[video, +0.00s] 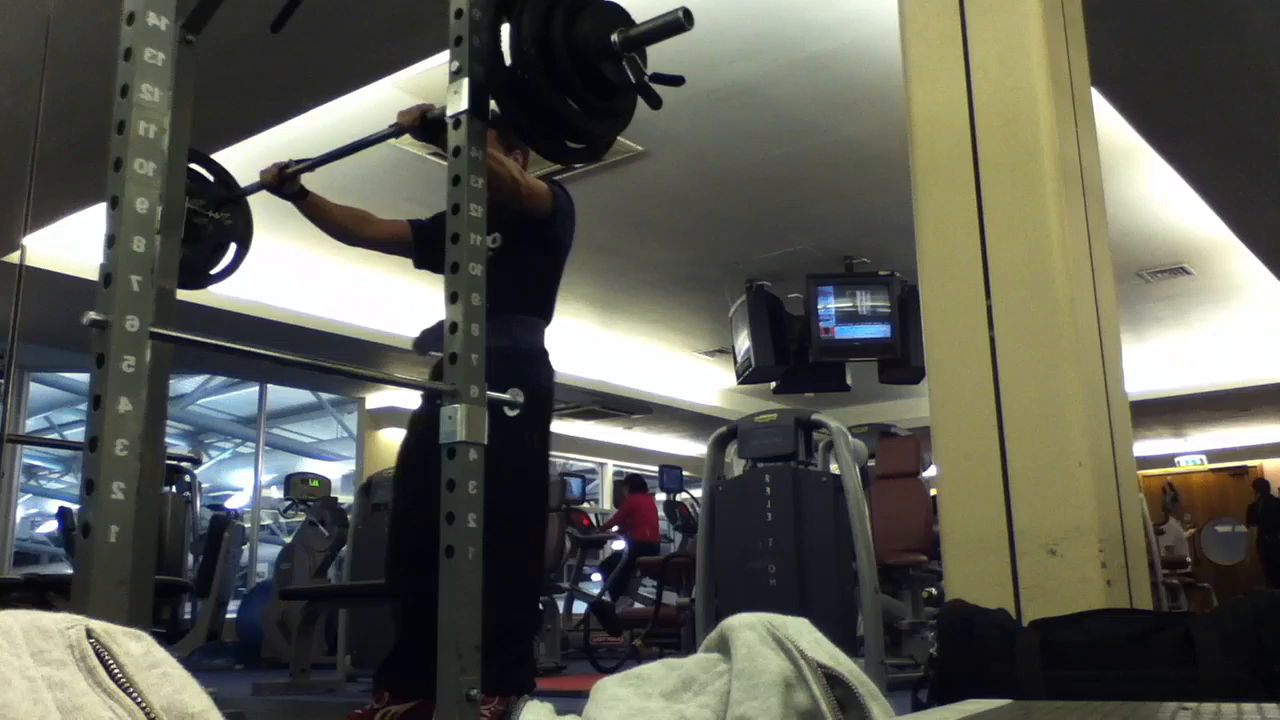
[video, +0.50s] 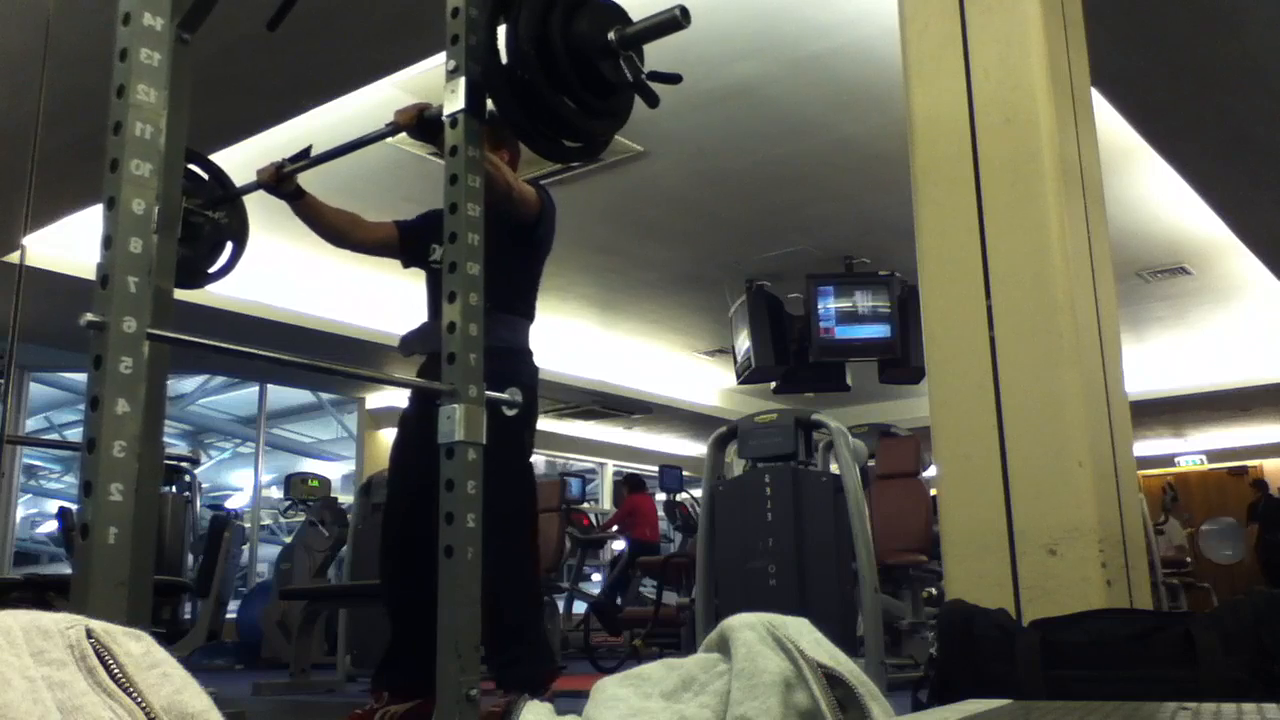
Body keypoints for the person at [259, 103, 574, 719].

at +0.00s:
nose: (473, 160)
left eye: (483, 148)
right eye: (468, 151)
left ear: (516, 152)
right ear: (462, 160)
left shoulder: (552, 206)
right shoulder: (460, 224)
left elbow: (507, 186)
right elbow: (370, 229)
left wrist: (445, 137)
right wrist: (300, 193)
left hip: (514, 383)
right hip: (449, 385)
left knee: (507, 536)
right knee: (415, 530)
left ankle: (504, 686)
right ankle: (409, 684)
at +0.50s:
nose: (470, 164)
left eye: (479, 152)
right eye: (463, 153)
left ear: (508, 155)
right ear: (453, 159)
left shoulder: (534, 209)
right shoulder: (446, 224)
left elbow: (501, 187)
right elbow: (359, 232)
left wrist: (442, 138)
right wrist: (295, 191)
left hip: (500, 384)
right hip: (436, 387)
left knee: (504, 534)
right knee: (407, 532)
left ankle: (524, 684)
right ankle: (408, 684)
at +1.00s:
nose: (477, 154)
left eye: (489, 142)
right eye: (471, 146)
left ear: (523, 153)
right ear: (462, 157)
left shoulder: (552, 199)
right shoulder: (459, 221)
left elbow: (510, 184)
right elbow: (372, 221)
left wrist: (440, 136)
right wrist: (294, 191)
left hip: (547, 385)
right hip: (481, 392)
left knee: (549, 543)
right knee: (463, 541)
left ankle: (544, 689)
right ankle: (480, 683)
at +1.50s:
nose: (471, 150)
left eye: (482, 140)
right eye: (466, 143)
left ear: (509, 146)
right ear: (461, 155)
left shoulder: (534, 202)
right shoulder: (454, 218)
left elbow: (502, 182)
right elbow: (369, 219)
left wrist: (440, 135)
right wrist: (294, 192)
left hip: (542, 388)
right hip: (481, 393)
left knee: (558, 536)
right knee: (489, 542)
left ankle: (575, 682)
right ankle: (498, 683)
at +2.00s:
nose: (468, 158)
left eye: (475, 143)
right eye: (461, 152)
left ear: (503, 140)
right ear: (455, 160)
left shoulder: (552, 197)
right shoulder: (458, 224)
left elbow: (509, 178)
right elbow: (371, 219)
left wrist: (440, 133)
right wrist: (297, 192)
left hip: (560, 391)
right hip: (492, 399)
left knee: (584, 546)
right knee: (494, 551)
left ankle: (579, 689)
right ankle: (500, 689)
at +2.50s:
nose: (469, 164)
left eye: (478, 152)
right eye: (462, 156)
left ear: (508, 152)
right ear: (457, 163)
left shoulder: (539, 209)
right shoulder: (455, 226)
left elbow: (503, 181)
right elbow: (366, 222)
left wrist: (440, 134)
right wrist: (294, 193)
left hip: (539, 389)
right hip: (477, 395)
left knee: (561, 538)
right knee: (486, 547)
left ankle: (578, 685)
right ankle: (498, 686)